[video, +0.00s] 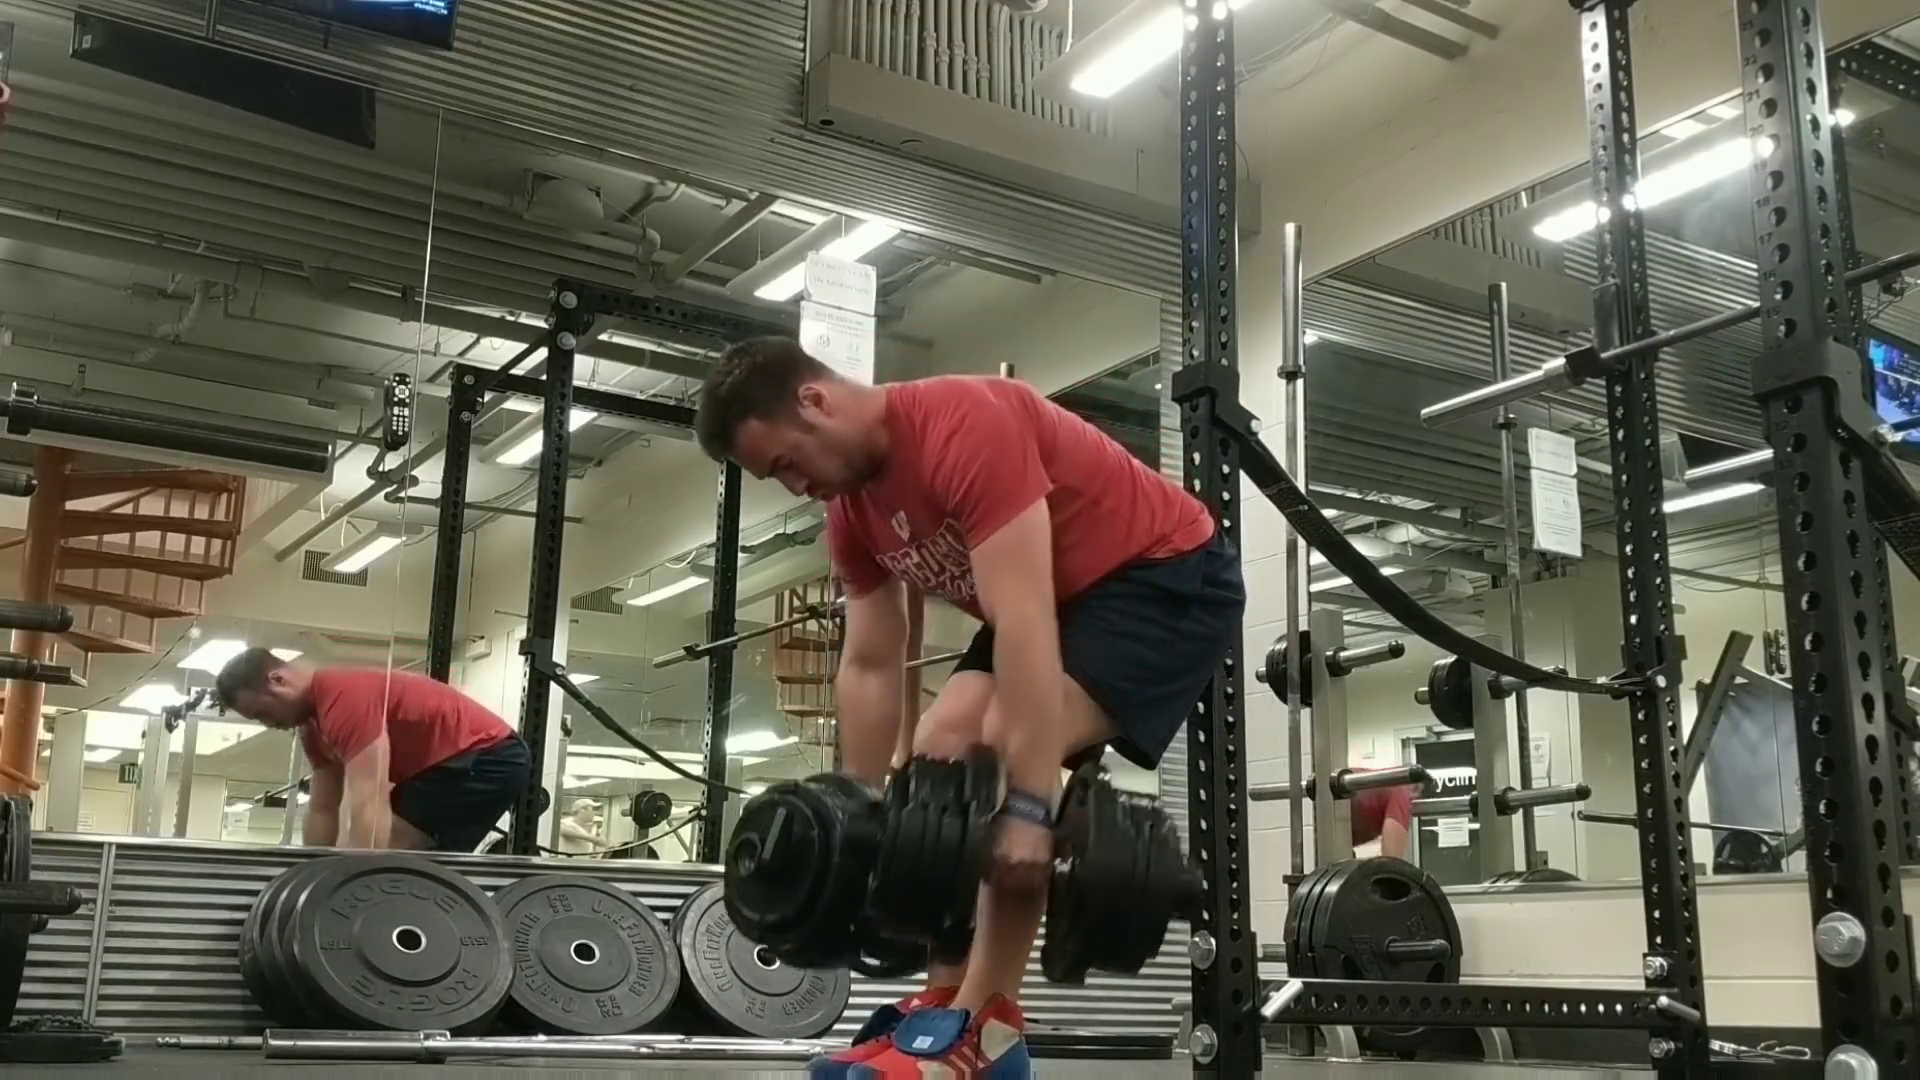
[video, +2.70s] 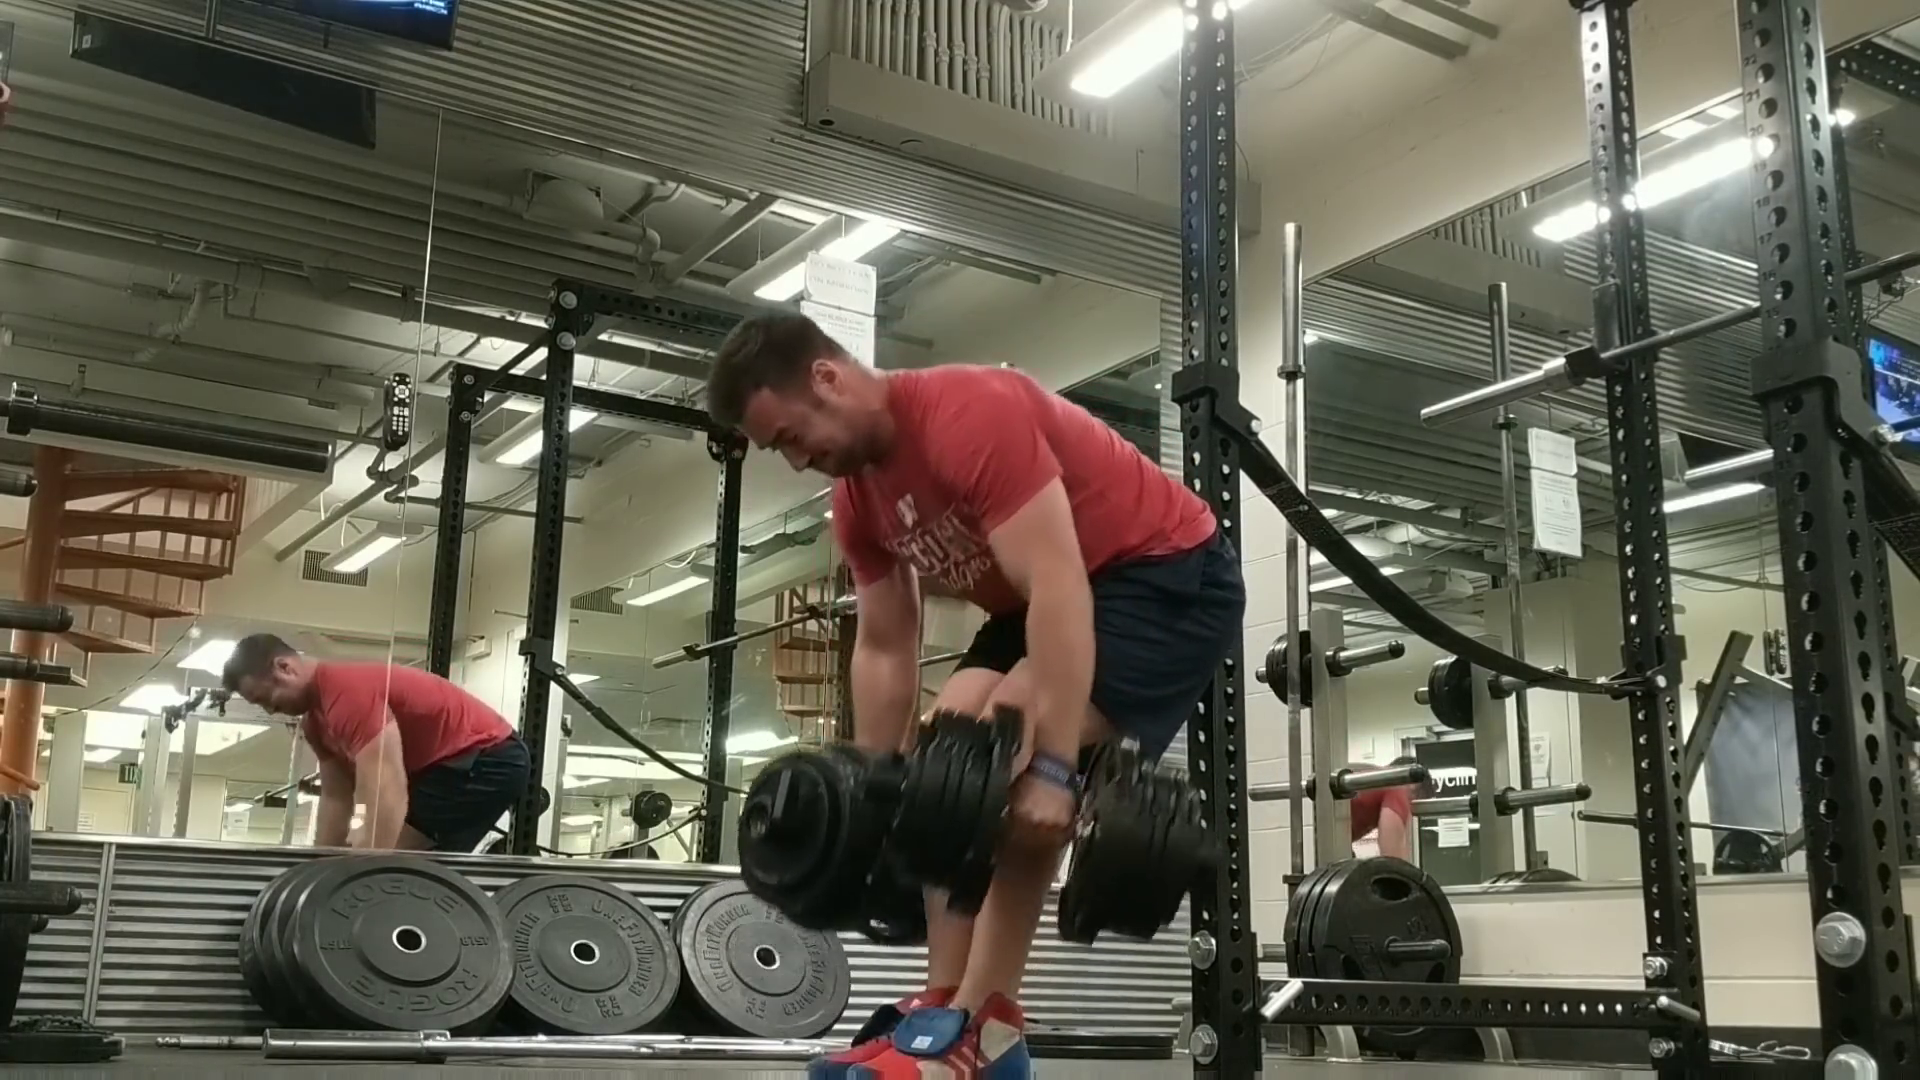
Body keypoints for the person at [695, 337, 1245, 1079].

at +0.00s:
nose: (794, 488)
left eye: (786, 464)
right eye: (776, 478)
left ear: (817, 400)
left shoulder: (971, 425)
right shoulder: (852, 515)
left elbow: (1023, 614)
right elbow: (872, 665)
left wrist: (1032, 806)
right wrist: (859, 824)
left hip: (1167, 573)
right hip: (1060, 599)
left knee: (1016, 732)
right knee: (943, 736)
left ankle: (992, 1017)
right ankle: (945, 995)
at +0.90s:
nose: (817, 454)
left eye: (809, 433)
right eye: (800, 447)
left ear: (836, 369)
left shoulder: (986, 390)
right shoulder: (864, 474)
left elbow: (1094, 545)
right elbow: (899, 610)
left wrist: (1087, 716)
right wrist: (883, 756)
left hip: (1166, 570)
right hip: (1039, 598)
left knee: (1028, 760)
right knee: (953, 756)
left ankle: (991, 1018)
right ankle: (941, 1002)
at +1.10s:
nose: (854, 444)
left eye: (844, 427)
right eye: (839, 440)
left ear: (857, 359)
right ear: (853, 366)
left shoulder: (1004, 353)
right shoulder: (880, 444)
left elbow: (1141, 480)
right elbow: (938, 565)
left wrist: (1143, 644)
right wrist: (912, 696)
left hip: (1159, 565)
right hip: (1050, 589)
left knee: (1023, 735)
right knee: (952, 732)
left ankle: (992, 1017)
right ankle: (941, 1004)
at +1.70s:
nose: (818, 466)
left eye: (808, 446)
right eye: (800, 461)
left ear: (832, 381)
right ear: (833, 384)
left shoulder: (986, 392)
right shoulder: (861, 473)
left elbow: (1086, 557)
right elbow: (902, 619)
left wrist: (1093, 736)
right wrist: (891, 770)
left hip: (1167, 570)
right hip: (1043, 594)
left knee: (1030, 754)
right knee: (953, 744)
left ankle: (990, 1019)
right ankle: (943, 1001)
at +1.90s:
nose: (795, 476)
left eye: (788, 452)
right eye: (778, 467)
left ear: (821, 389)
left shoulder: (972, 427)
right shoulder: (853, 508)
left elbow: (1024, 621)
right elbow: (870, 664)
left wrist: (1031, 803)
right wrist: (855, 820)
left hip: (1166, 576)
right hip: (1059, 602)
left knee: (1010, 731)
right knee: (940, 738)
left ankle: (991, 1017)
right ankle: (944, 998)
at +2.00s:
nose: (783, 489)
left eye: (780, 463)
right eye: (767, 478)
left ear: (817, 401)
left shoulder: (964, 448)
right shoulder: (849, 528)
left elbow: (1003, 650)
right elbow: (861, 687)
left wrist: (1009, 833)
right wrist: (848, 850)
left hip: (1165, 578)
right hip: (1058, 607)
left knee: (1000, 744)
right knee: (941, 739)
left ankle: (989, 1020)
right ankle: (937, 1004)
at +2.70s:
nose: (797, 461)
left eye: (791, 436)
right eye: (780, 450)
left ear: (831, 377)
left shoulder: (971, 414)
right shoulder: (858, 503)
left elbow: (1057, 583)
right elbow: (883, 646)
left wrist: (1054, 768)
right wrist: (873, 797)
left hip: (1167, 573)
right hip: (1046, 597)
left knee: (1023, 742)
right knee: (950, 732)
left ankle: (990, 1019)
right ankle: (942, 1002)